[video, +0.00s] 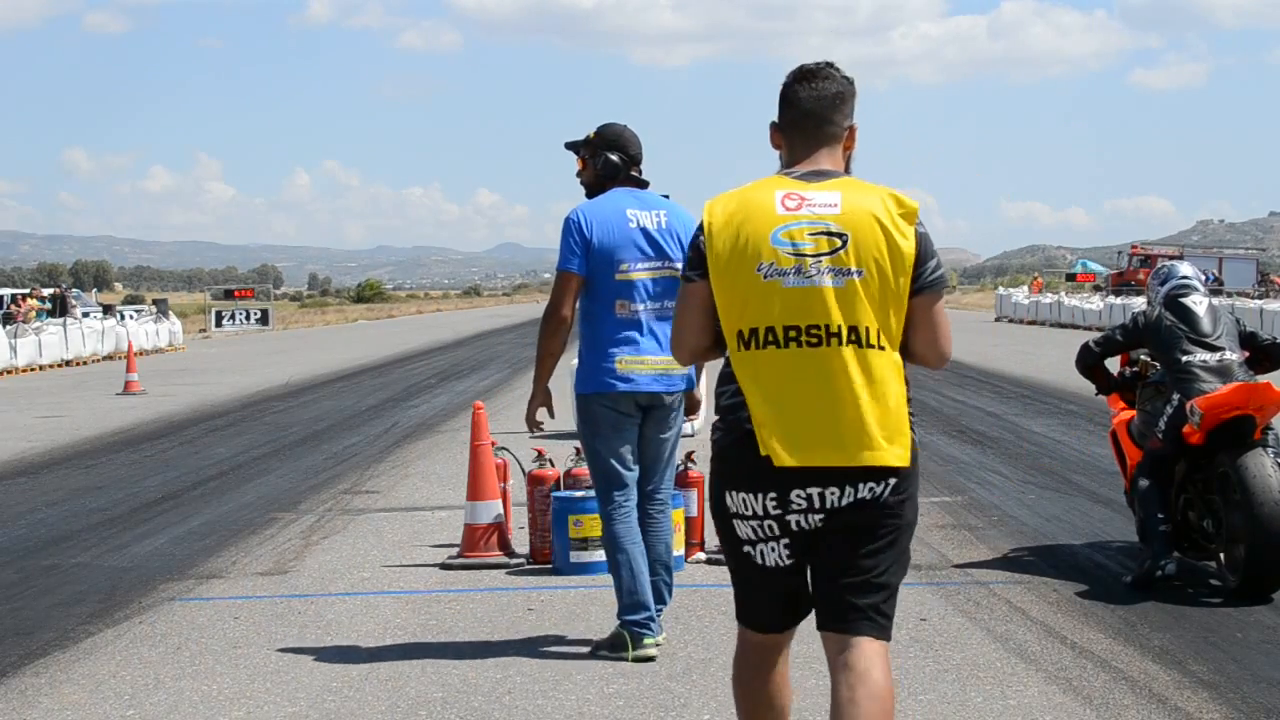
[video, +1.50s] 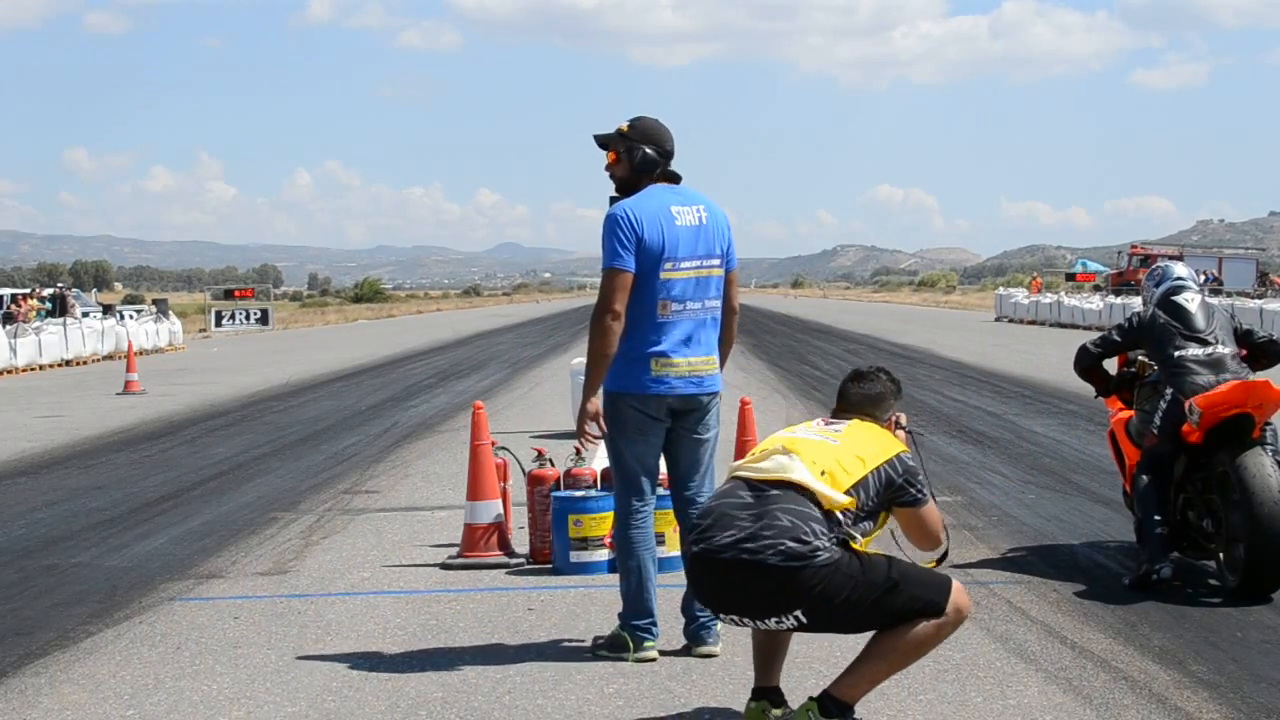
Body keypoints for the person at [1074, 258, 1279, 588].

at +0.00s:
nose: (1150, 296)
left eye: (1152, 290)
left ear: (1159, 289)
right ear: (1199, 284)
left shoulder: (1150, 319)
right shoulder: (1225, 315)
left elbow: (1088, 354)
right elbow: (1270, 347)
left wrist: (1109, 385)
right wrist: (1243, 369)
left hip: (1192, 397)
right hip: (1241, 388)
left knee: (1147, 471)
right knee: (1265, 442)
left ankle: (1159, 555)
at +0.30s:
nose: (1144, 296)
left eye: (1145, 290)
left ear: (1153, 288)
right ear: (1192, 282)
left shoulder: (1144, 319)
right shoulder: (1220, 313)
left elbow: (1085, 356)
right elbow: (1269, 346)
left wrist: (1106, 386)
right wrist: (1241, 366)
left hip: (1187, 395)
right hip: (1238, 387)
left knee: (1149, 471)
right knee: (1265, 435)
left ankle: (1156, 559)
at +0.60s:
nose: (1142, 296)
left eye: (1144, 290)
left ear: (1152, 289)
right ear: (1191, 282)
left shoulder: (1143, 319)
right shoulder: (1219, 313)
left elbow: (1084, 356)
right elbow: (1270, 346)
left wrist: (1107, 386)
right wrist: (1238, 366)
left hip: (1187, 393)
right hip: (1238, 384)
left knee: (1150, 471)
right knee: (1265, 435)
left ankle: (1157, 560)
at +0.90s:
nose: (1146, 295)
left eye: (1148, 289)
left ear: (1156, 288)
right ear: (1195, 283)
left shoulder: (1147, 319)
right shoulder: (1223, 314)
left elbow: (1087, 355)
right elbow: (1270, 346)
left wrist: (1107, 385)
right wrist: (1244, 366)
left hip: (1189, 397)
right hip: (1239, 389)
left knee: (1151, 472)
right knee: (1266, 435)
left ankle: (1157, 558)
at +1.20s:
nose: (1149, 295)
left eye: (1151, 289)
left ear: (1158, 288)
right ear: (1198, 284)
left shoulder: (1149, 319)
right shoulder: (1225, 314)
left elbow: (1088, 355)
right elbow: (1270, 349)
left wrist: (1110, 385)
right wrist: (1240, 368)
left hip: (1189, 395)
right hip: (1240, 387)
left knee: (1148, 475)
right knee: (1266, 434)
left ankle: (1156, 557)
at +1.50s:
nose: (1144, 296)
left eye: (1146, 290)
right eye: (1145, 291)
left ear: (1154, 288)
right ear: (1193, 283)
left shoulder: (1146, 319)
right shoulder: (1222, 312)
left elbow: (1086, 356)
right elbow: (1271, 346)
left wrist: (1108, 386)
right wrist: (1240, 365)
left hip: (1187, 390)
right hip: (1238, 381)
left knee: (1148, 470)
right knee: (1264, 441)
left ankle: (1155, 559)